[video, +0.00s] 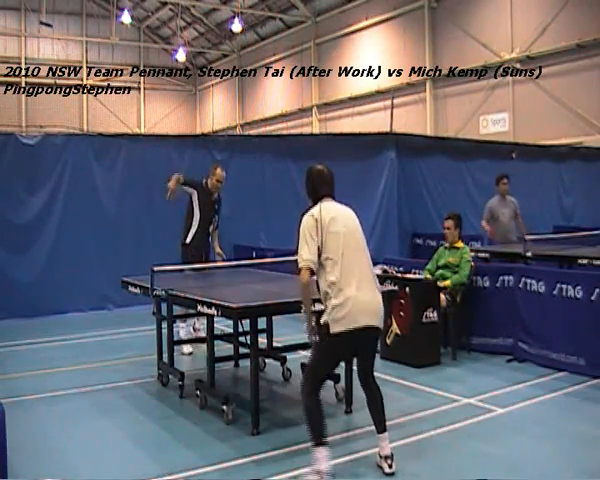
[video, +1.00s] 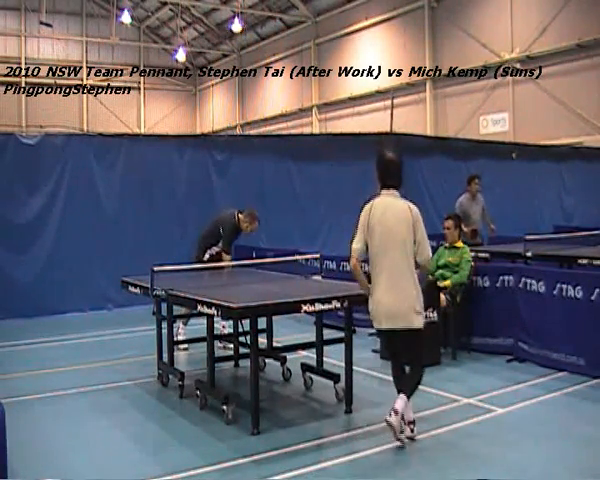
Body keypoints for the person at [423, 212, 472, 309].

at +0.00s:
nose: (445, 232)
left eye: (448, 229)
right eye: (444, 229)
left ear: (457, 230)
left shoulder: (464, 251)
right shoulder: (442, 249)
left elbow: (463, 276)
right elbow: (429, 267)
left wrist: (446, 283)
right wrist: (428, 276)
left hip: (453, 284)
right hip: (436, 281)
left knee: (442, 298)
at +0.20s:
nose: (445, 232)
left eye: (448, 229)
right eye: (444, 229)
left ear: (457, 230)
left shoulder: (464, 251)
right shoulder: (442, 249)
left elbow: (463, 276)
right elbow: (429, 267)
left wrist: (446, 283)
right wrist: (428, 276)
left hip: (452, 285)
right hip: (435, 281)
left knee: (442, 298)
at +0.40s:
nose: (445, 232)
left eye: (448, 229)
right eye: (444, 229)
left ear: (457, 230)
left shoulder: (464, 251)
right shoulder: (442, 249)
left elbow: (463, 276)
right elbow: (429, 267)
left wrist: (446, 283)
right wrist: (428, 276)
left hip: (452, 284)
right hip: (435, 281)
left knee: (441, 298)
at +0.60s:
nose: (445, 232)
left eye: (448, 229)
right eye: (444, 229)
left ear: (457, 230)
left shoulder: (464, 251)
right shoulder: (442, 249)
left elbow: (463, 276)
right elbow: (430, 266)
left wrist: (446, 283)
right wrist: (428, 276)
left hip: (452, 284)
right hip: (435, 281)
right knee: (423, 285)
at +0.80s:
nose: (445, 232)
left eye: (448, 229)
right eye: (444, 229)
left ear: (457, 230)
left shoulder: (464, 251)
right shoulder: (442, 249)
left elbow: (463, 276)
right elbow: (429, 268)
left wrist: (445, 283)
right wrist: (428, 278)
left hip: (453, 286)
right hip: (435, 282)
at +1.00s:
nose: (445, 232)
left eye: (448, 228)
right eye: (444, 229)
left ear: (458, 230)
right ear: (442, 229)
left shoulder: (464, 251)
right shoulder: (441, 249)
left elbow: (463, 275)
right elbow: (431, 267)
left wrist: (447, 283)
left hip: (453, 284)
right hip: (437, 282)